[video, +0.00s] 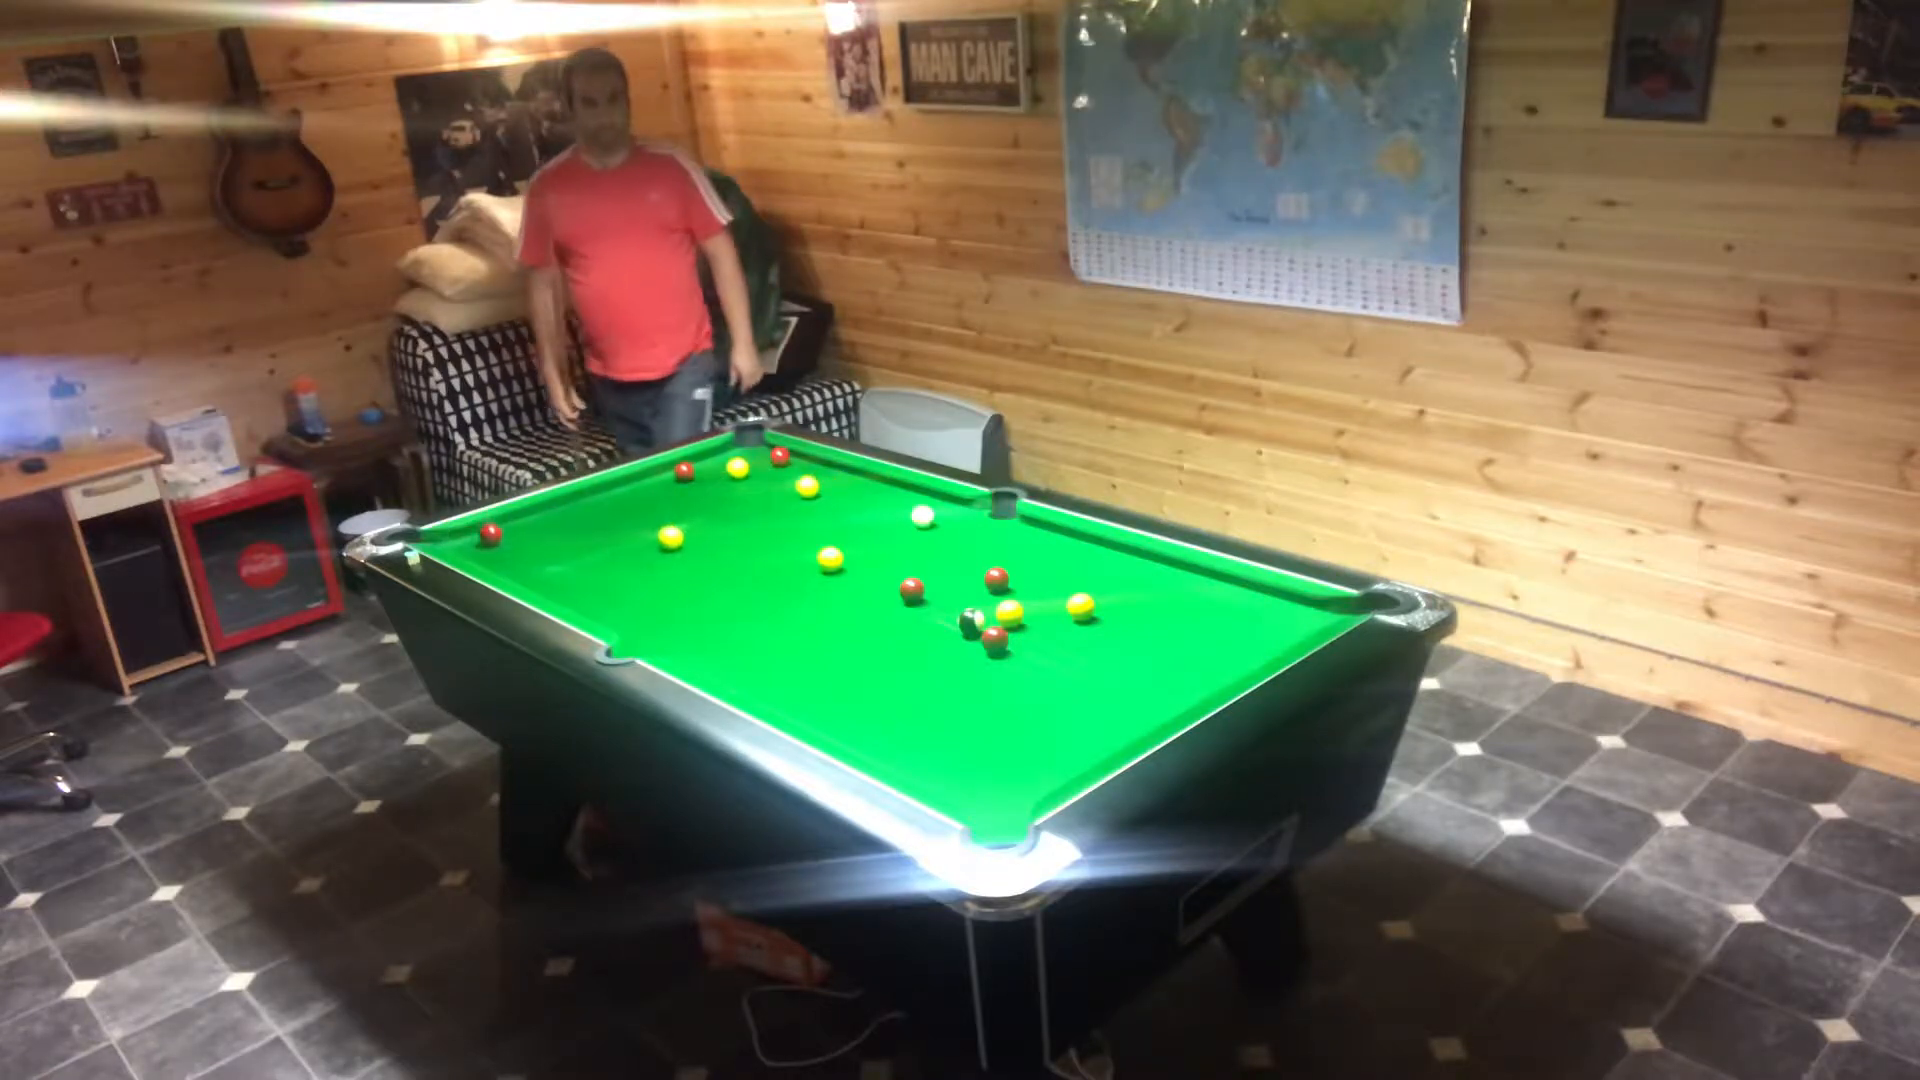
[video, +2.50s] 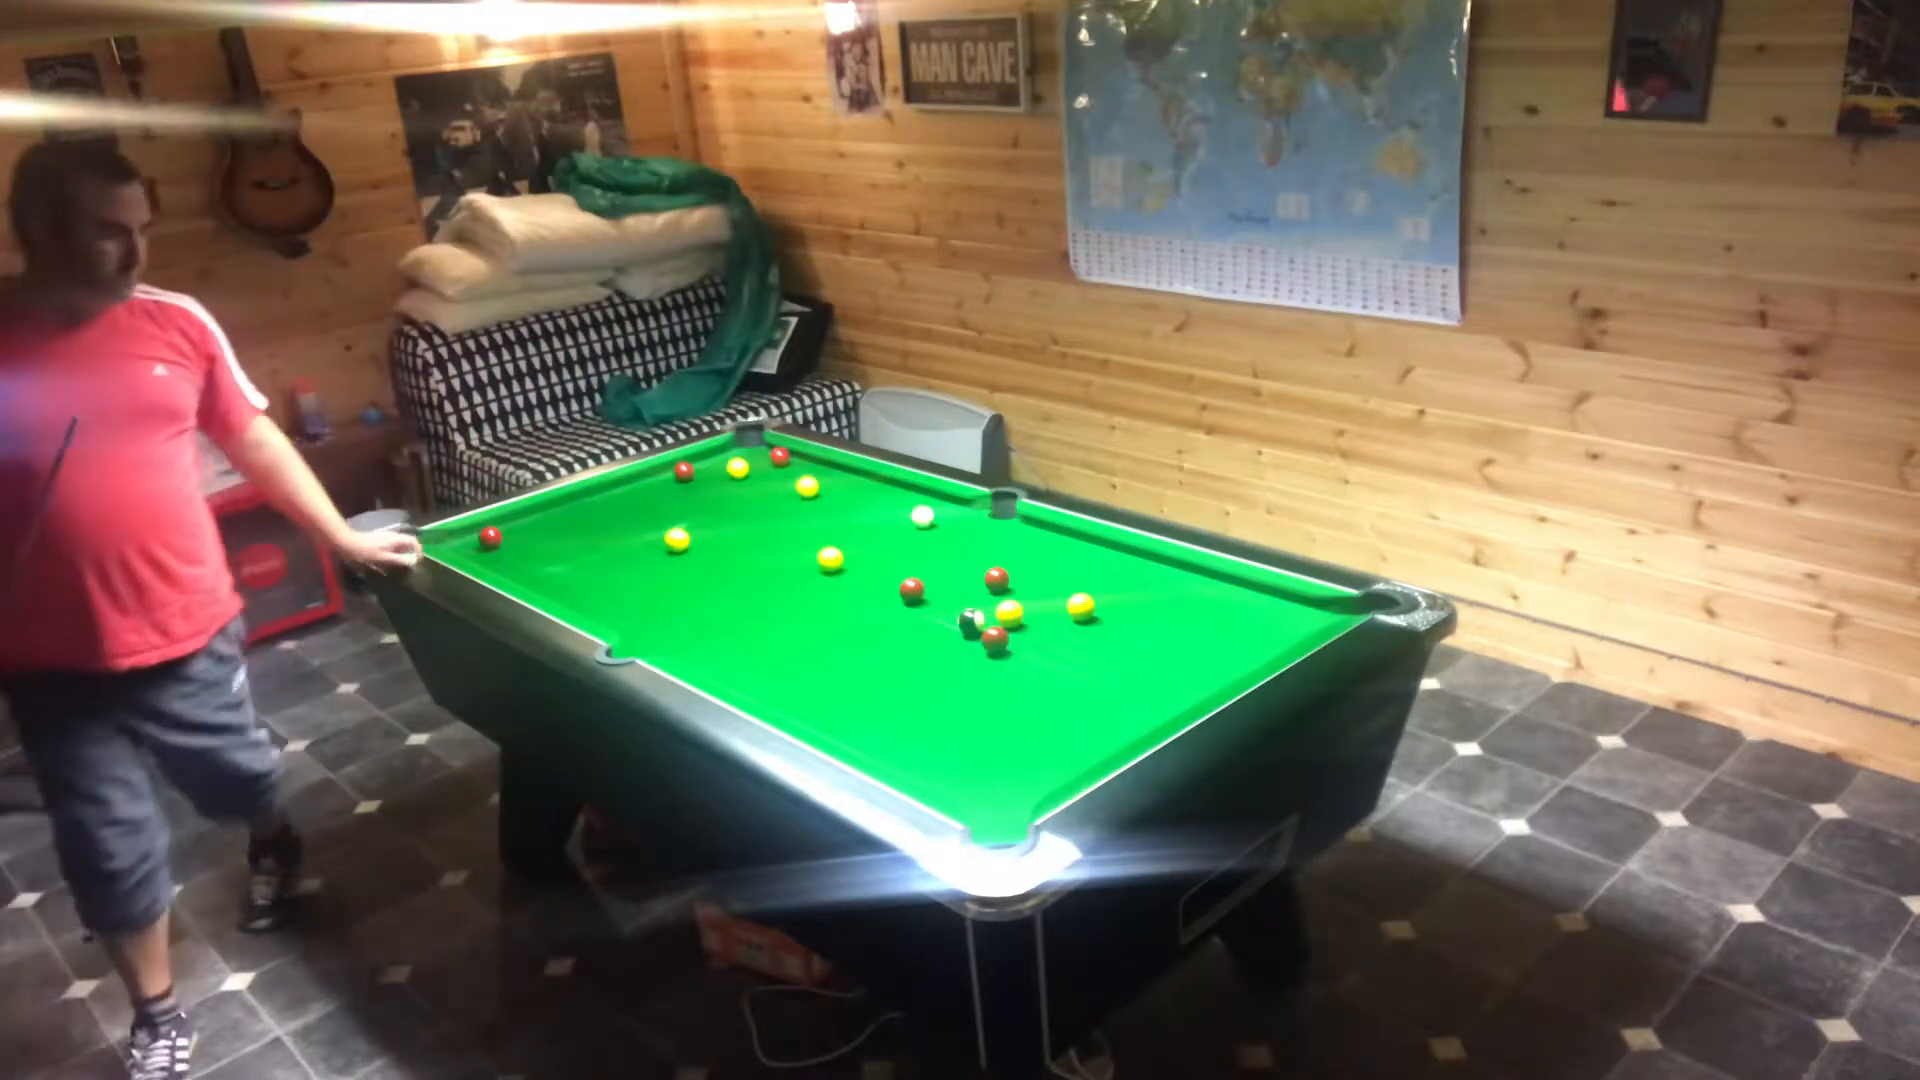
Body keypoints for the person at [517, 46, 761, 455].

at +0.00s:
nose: (604, 115)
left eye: (613, 100)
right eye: (589, 104)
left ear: (628, 103)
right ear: (568, 110)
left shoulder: (673, 169)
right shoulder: (547, 188)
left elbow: (721, 251)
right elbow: (542, 282)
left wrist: (744, 344)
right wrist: (553, 374)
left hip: (685, 369)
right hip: (612, 379)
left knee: (682, 495)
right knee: (646, 501)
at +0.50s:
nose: (555, 137)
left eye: (568, 122)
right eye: (540, 122)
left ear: (585, 125)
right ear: (515, 124)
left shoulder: (614, 191)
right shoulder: (481, 189)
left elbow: (659, 291)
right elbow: (468, 284)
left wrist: (674, 392)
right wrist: (463, 368)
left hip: (605, 398)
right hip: (526, 406)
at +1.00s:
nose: (430, 171)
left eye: (444, 153)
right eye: (413, 155)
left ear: (467, 143)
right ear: (390, 154)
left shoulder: (498, 221)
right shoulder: (373, 229)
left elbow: (554, 328)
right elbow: (366, 330)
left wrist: (489, 419)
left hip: (502, 452)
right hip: (416, 456)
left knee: (517, 591)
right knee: (424, 591)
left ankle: (539, 718)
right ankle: (428, 709)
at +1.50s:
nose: (298, 190)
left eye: (313, 171)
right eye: (279, 175)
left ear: (333, 167)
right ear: (249, 178)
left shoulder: (372, 241)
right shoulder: (233, 253)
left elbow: (433, 354)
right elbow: (216, 359)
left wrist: (397, 447)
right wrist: (207, 457)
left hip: (372, 485)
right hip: (291, 493)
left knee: (349, 644)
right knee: (364, 615)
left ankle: (371, 775)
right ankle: (421, 715)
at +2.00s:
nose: (222, 219)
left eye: (235, 199)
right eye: (200, 203)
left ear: (247, 191)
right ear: (153, 198)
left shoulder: (282, 284)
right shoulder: (85, 289)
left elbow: (338, 398)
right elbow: (45, 428)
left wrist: (369, 504)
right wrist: (60, 544)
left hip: (262, 555)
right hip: (148, 563)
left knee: (273, 722)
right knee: (179, 719)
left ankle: (282, 852)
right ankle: (270, 752)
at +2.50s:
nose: (131, 252)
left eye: (140, 232)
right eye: (107, 233)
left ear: (149, 225)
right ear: (37, 232)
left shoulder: (179, 328)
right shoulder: (5, 339)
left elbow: (255, 437)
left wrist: (339, 532)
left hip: (184, 635)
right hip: (49, 655)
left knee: (237, 772)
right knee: (111, 856)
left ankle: (273, 839)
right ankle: (157, 1019)